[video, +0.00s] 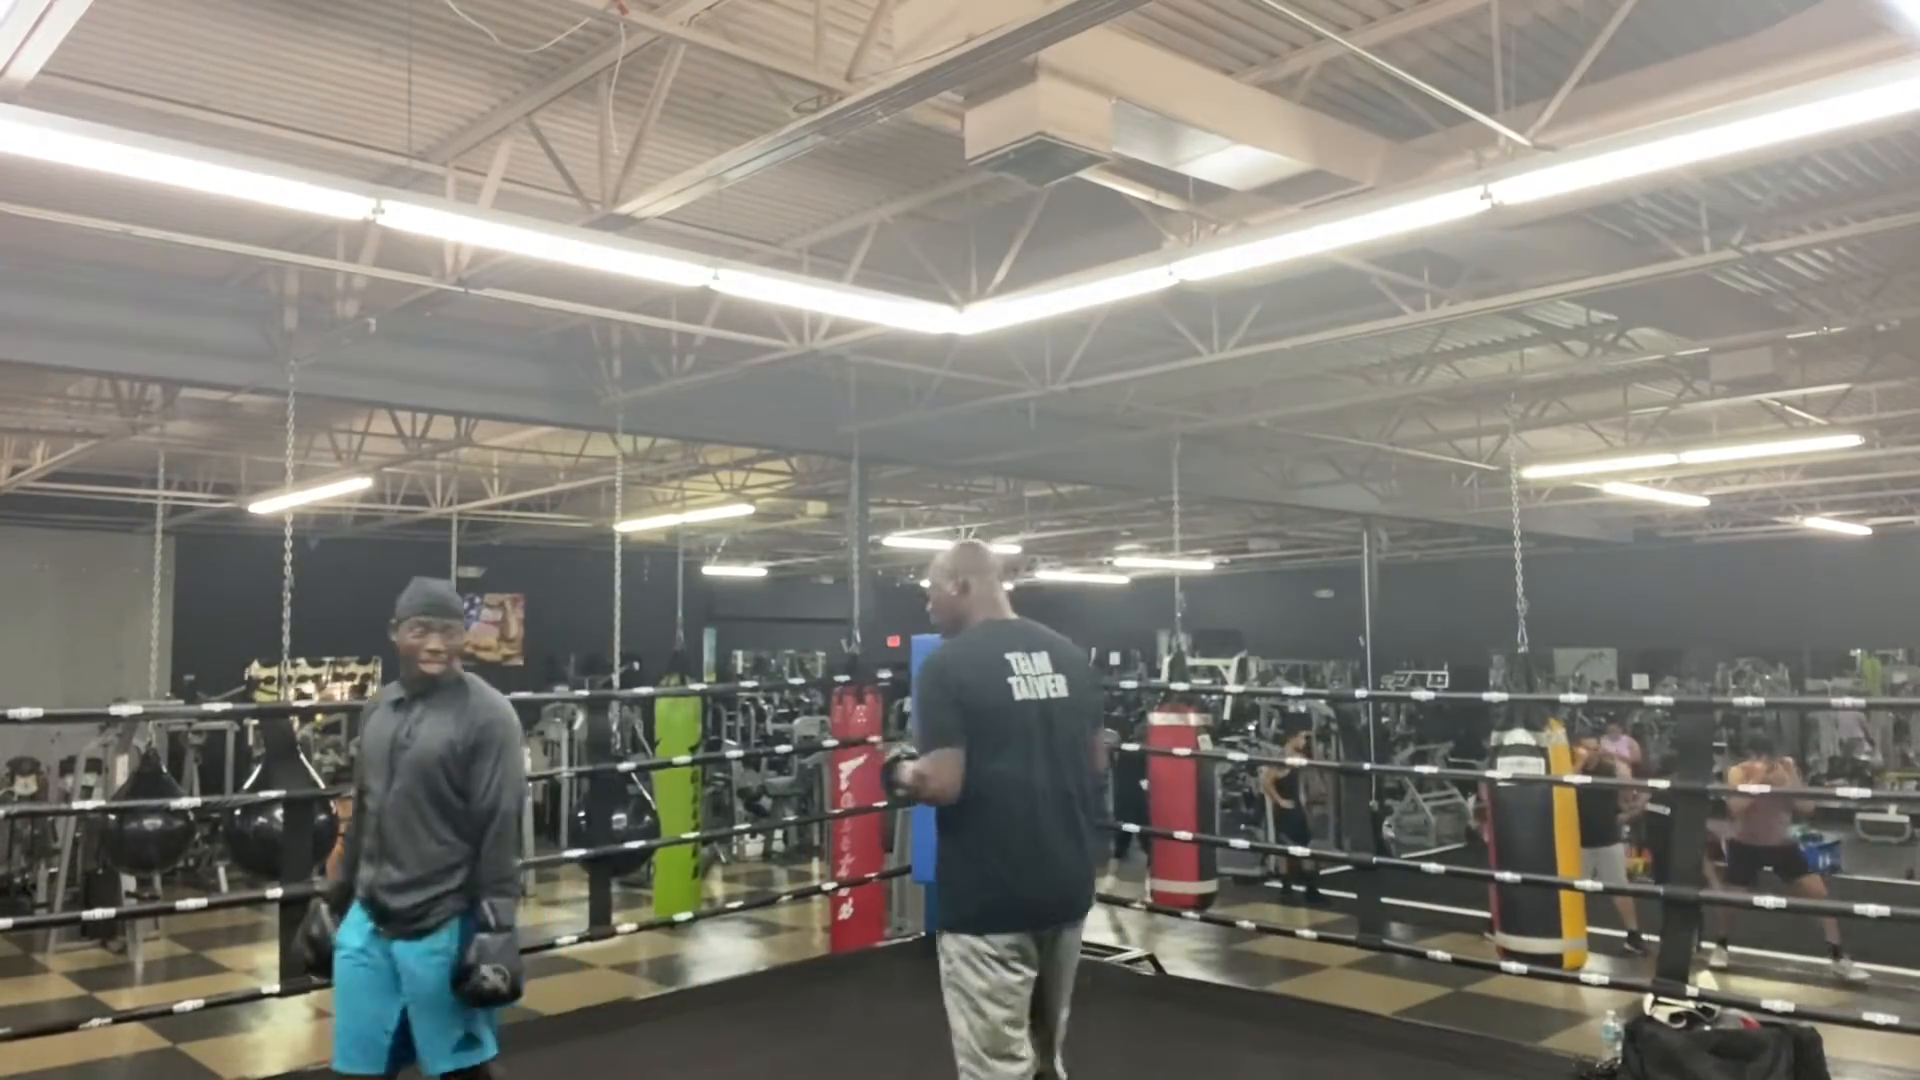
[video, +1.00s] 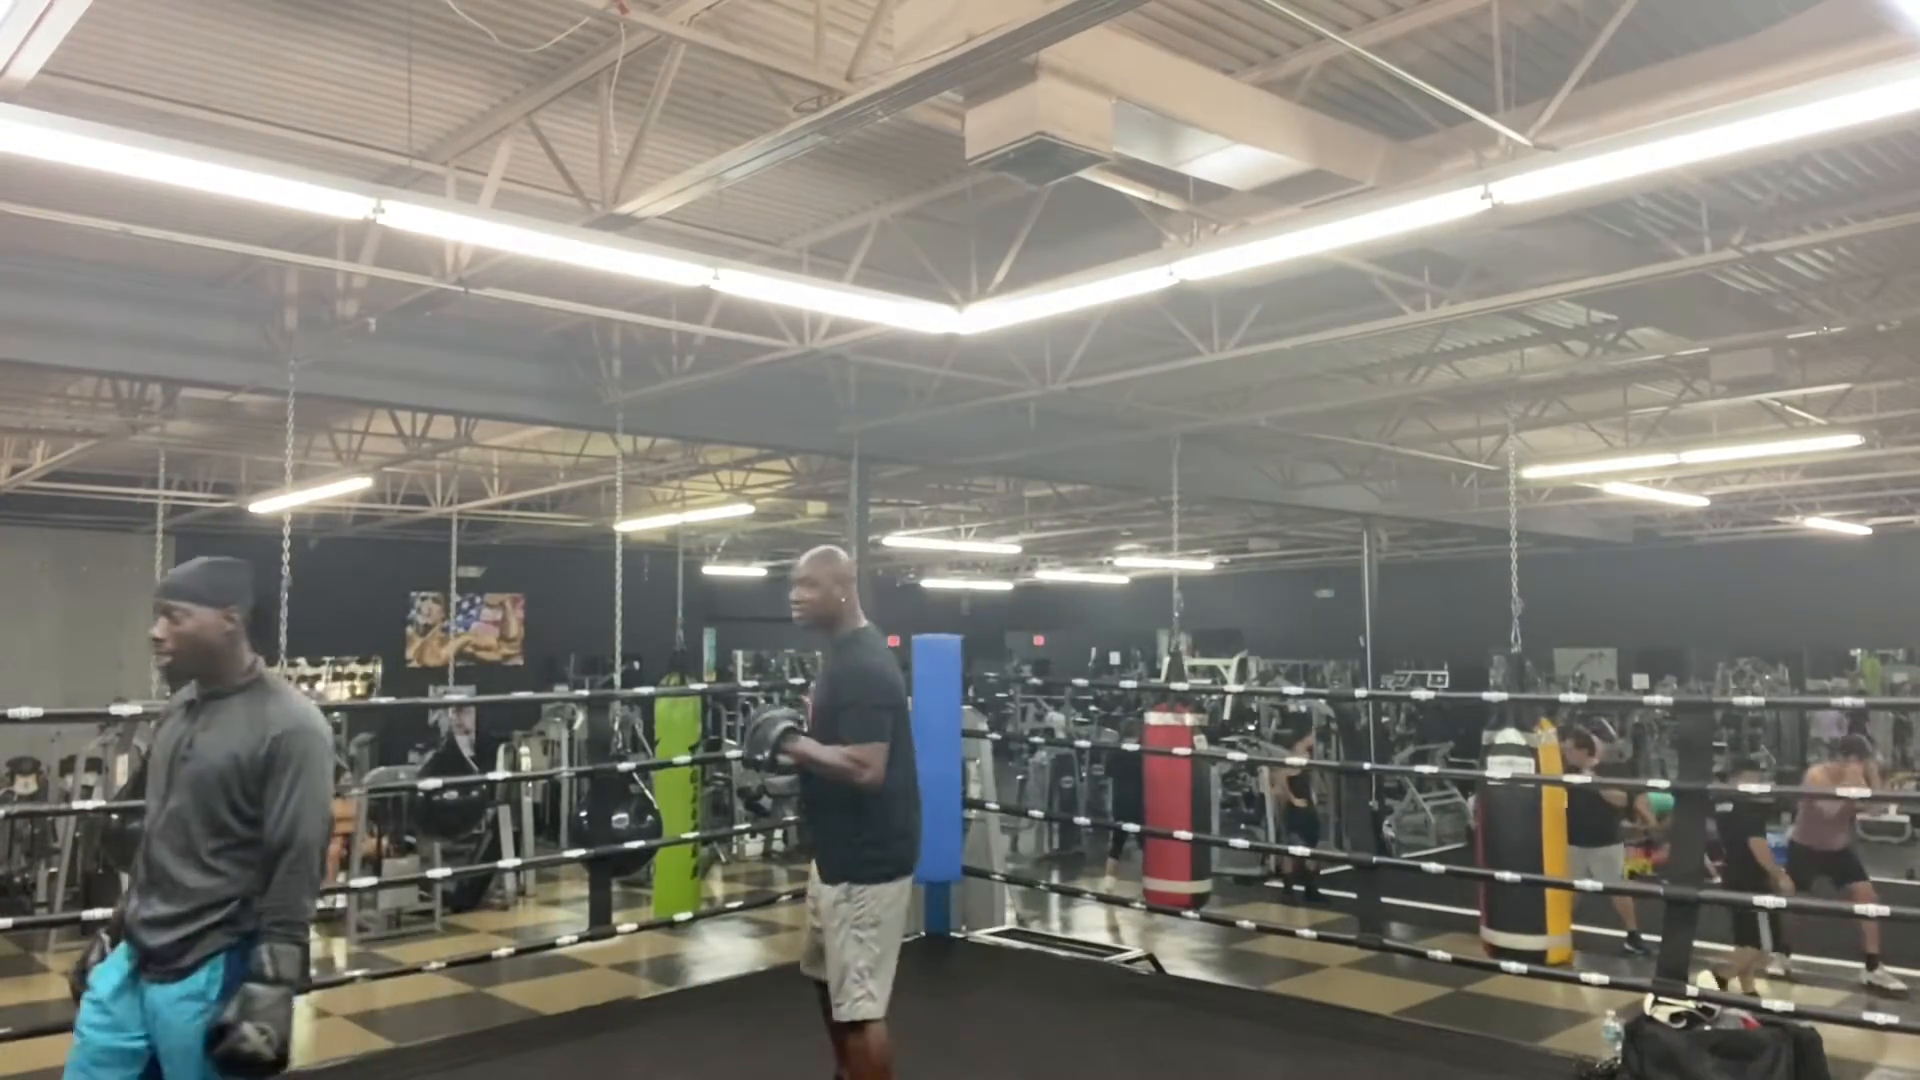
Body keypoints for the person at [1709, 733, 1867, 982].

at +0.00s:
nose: (1763, 760)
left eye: (1767, 754)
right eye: (1757, 754)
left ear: (1774, 752)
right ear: (1748, 753)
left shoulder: (1786, 768)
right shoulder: (1738, 773)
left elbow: (1806, 806)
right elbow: (1735, 807)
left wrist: (1785, 782)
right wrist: (1757, 782)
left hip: (1782, 847)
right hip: (1744, 847)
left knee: (1819, 894)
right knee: (1733, 898)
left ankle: (1838, 957)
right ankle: (1721, 946)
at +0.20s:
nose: (1804, 767)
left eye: (1809, 761)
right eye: (1800, 760)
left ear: (1818, 762)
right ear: (1792, 760)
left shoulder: (1822, 778)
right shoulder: (1776, 778)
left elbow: (1831, 818)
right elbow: (1778, 812)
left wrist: (1821, 787)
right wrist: (1804, 787)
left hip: (1809, 861)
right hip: (1774, 859)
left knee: (1845, 898)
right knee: (1755, 914)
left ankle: (1873, 966)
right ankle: (1724, 944)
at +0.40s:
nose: (1854, 778)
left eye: (1854, 774)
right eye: (1853, 773)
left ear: (1833, 765)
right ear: (1846, 769)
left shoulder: (1808, 781)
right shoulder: (1833, 780)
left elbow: (1835, 823)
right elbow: (1873, 790)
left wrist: (1847, 797)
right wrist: (1912, 789)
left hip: (1816, 863)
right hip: (1791, 863)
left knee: (1857, 901)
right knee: (1801, 925)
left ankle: (1872, 967)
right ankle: (1749, 939)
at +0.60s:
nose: (1872, 784)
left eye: (1872, 780)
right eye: (1870, 779)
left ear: (1847, 772)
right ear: (1858, 775)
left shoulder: (1817, 784)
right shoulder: (1847, 785)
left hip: (1824, 862)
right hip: (1802, 861)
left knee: (1865, 902)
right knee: (1823, 927)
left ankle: (1873, 967)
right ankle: (1766, 948)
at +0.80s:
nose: (1877, 771)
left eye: (1877, 765)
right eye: (1876, 765)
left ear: (1854, 760)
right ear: (1863, 761)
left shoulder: (1830, 773)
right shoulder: (1847, 777)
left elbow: (1805, 809)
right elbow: (1866, 809)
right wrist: (1877, 780)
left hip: (1834, 852)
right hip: (1805, 851)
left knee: (1866, 901)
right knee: (1813, 919)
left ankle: (1872, 967)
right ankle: (1772, 951)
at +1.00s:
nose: (1855, 767)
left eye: (1860, 763)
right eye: (1853, 762)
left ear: (1863, 763)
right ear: (1842, 758)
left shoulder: (1859, 780)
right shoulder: (1816, 775)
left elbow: (1877, 808)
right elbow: (1828, 813)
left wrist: (1873, 776)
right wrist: (1849, 786)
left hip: (1839, 852)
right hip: (1804, 850)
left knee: (1866, 898)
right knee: (1789, 905)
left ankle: (1873, 967)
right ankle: (1780, 955)